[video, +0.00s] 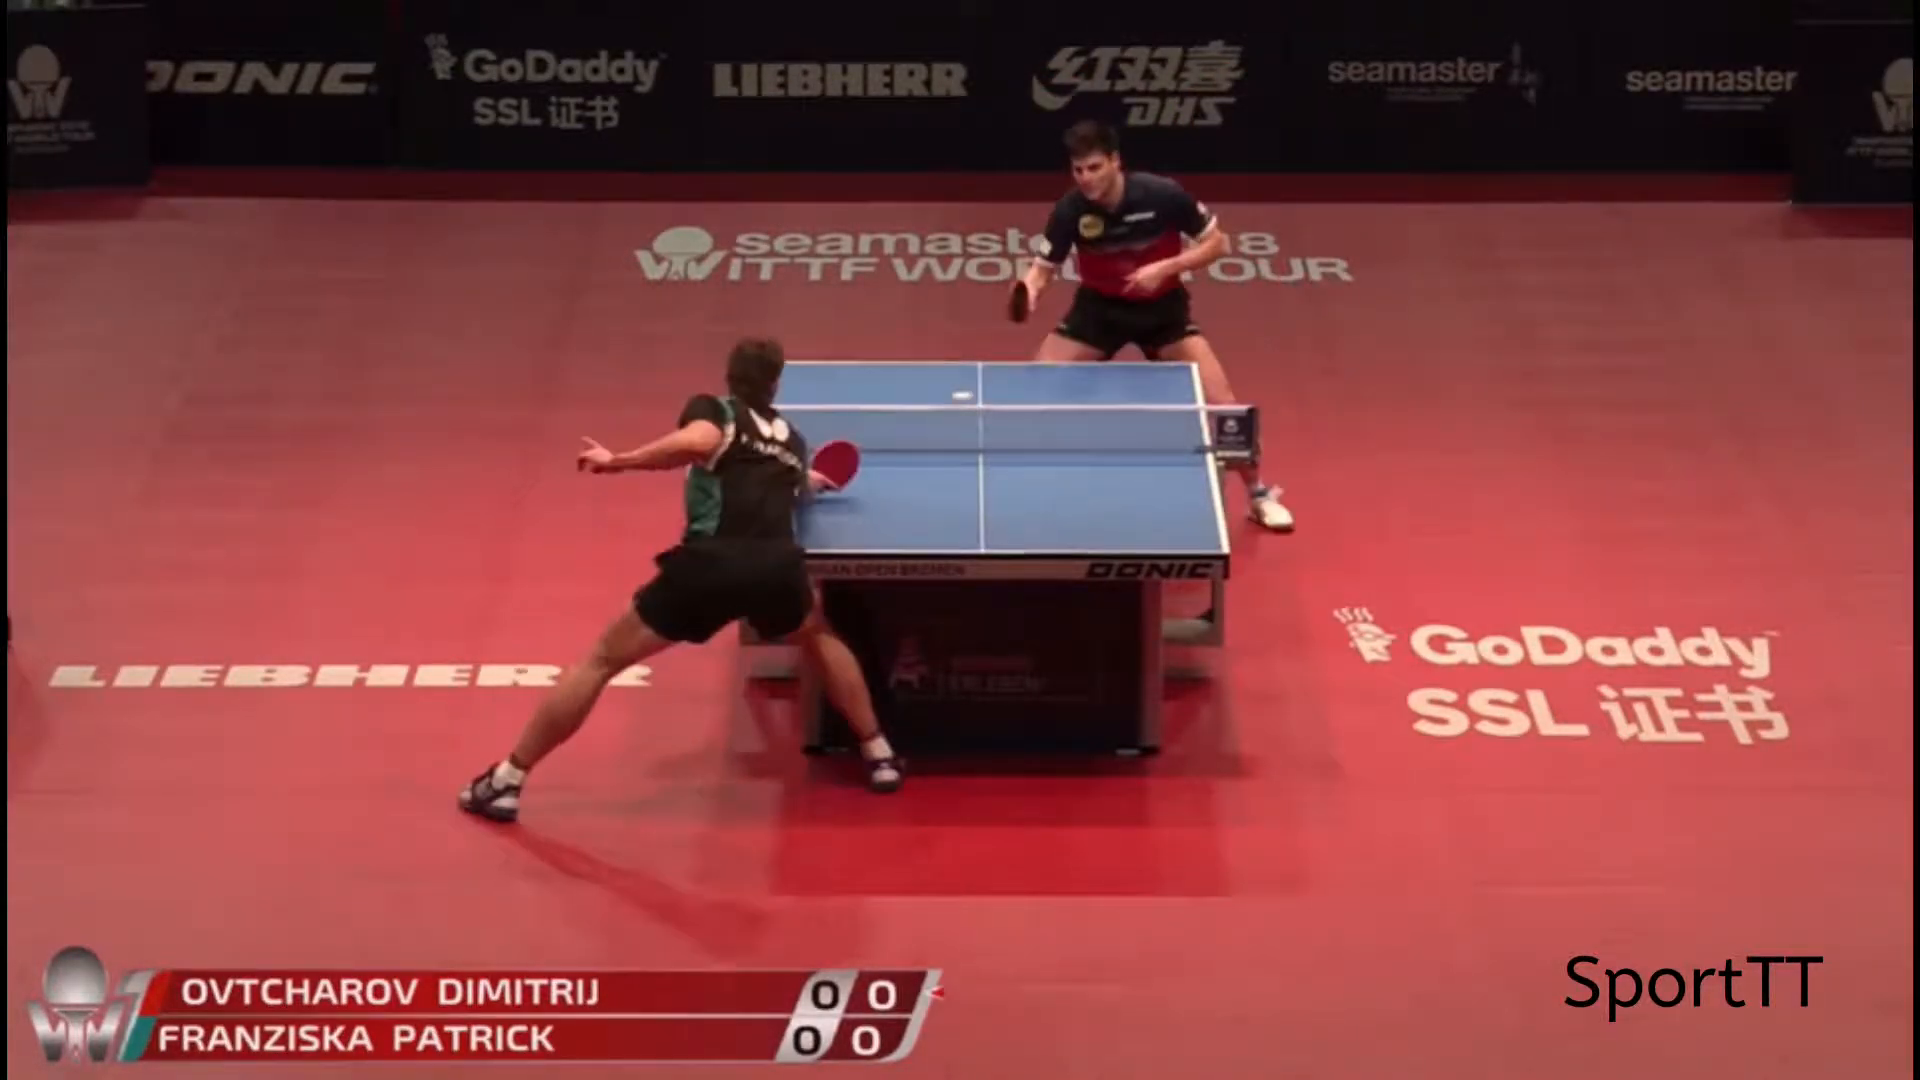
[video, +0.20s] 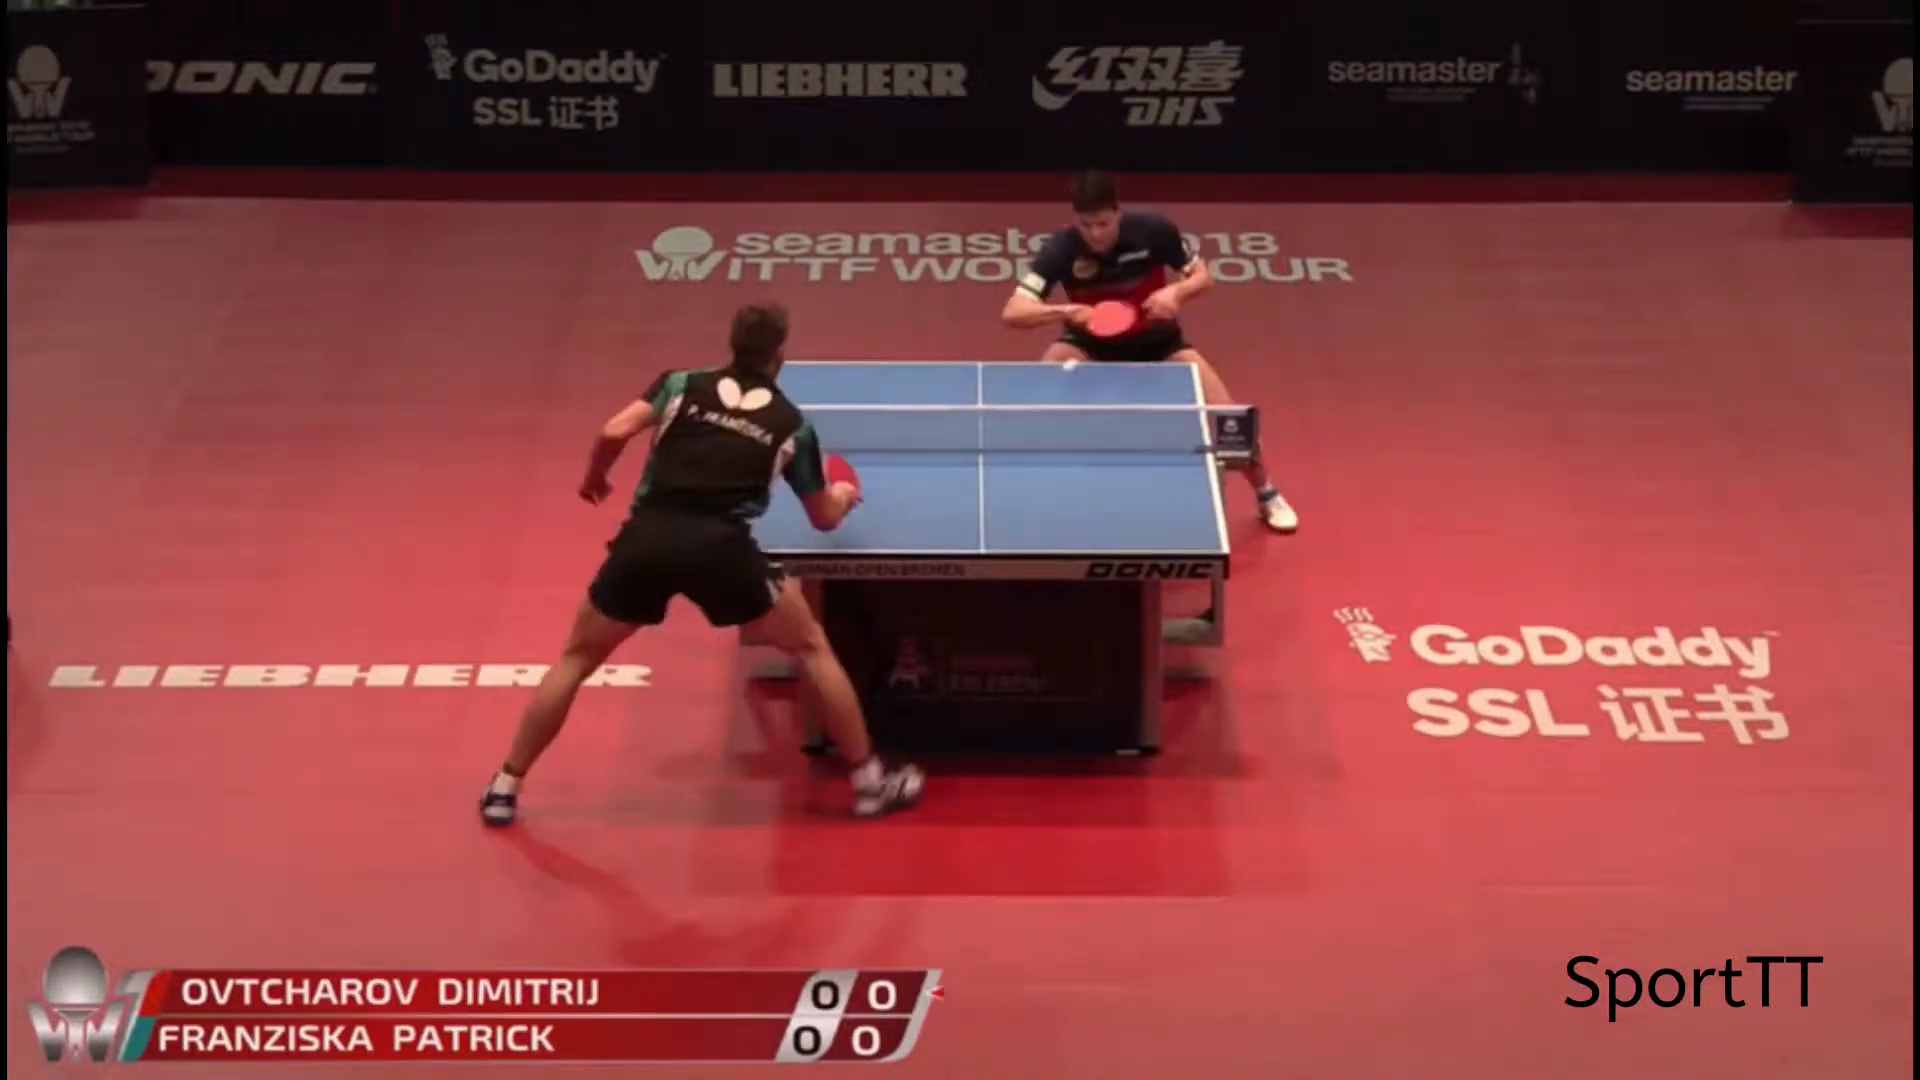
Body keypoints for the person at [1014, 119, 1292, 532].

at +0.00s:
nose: (1084, 179)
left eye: (1093, 168)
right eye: (1078, 170)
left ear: (1116, 162)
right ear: (1071, 170)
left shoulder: (1162, 195)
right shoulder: (1071, 210)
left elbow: (1216, 242)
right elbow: (1043, 267)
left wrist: (1164, 268)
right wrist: (1028, 291)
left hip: (1163, 314)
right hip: (1097, 313)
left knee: (1221, 401)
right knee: (1039, 388)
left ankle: (1259, 494)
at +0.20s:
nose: (1096, 232)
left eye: (1104, 223)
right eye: (1088, 225)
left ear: (1119, 211)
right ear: (1076, 218)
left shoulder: (1152, 231)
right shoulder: (1063, 247)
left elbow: (1201, 275)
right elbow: (1012, 313)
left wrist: (1173, 293)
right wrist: (1063, 313)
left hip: (1157, 342)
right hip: (1089, 344)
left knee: (1218, 402)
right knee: (1052, 368)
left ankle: (1266, 493)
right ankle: (1040, 487)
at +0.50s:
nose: (1103, 243)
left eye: (1110, 234)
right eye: (1094, 234)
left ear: (1122, 228)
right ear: (1080, 230)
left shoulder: (1137, 244)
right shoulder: (1064, 257)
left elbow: (1162, 280)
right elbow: (1040, 304)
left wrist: (1171, 292)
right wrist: (1068, 315)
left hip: (1116, 332)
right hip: (1063, 339)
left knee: (1219, 389)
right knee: (1058, 403)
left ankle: (1266, 486)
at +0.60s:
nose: (1112, 202)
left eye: (1120, 192)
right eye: (1103, 193)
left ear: (1137, 189)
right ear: (1092, 194)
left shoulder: (1164, 222)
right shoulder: (1077, 225)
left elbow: (1198, 268)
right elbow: (1024, 277)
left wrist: (1194, 286)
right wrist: (1040, 283)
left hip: (1144, 321)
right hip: (1084, 324)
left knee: (1222, 391)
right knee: (1047, 386)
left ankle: (1256, 478)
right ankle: (1041, 488)